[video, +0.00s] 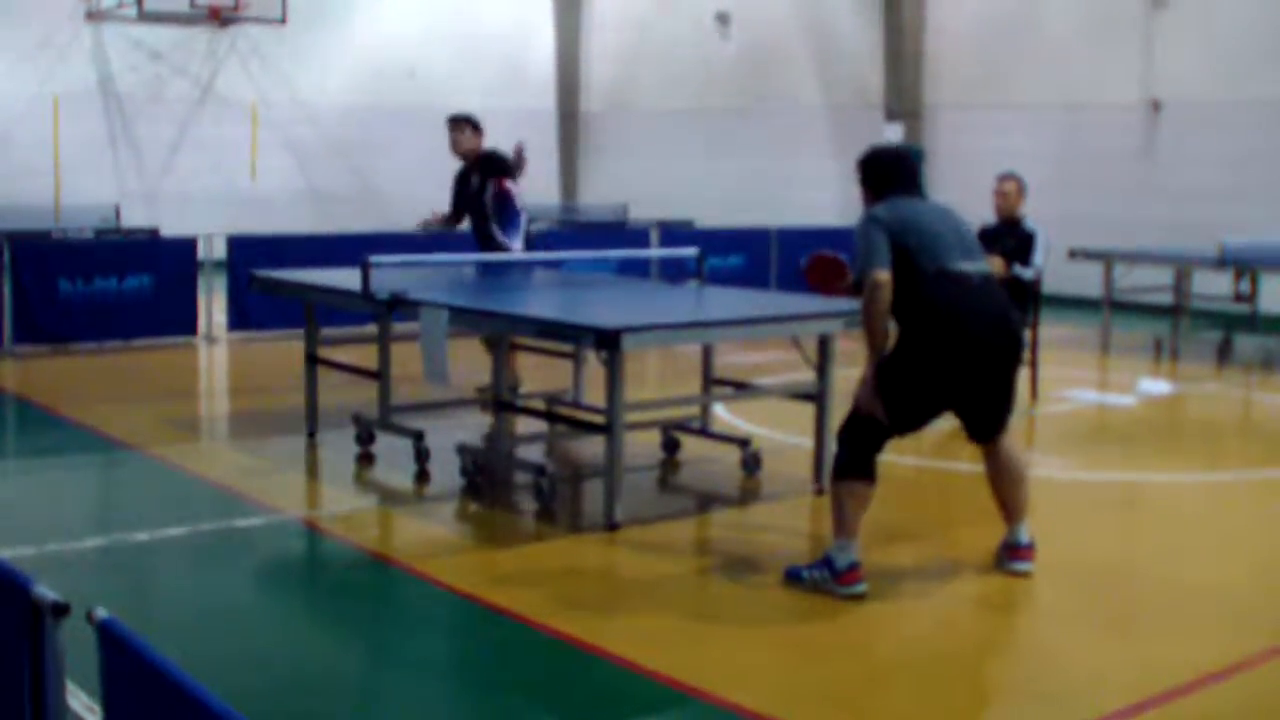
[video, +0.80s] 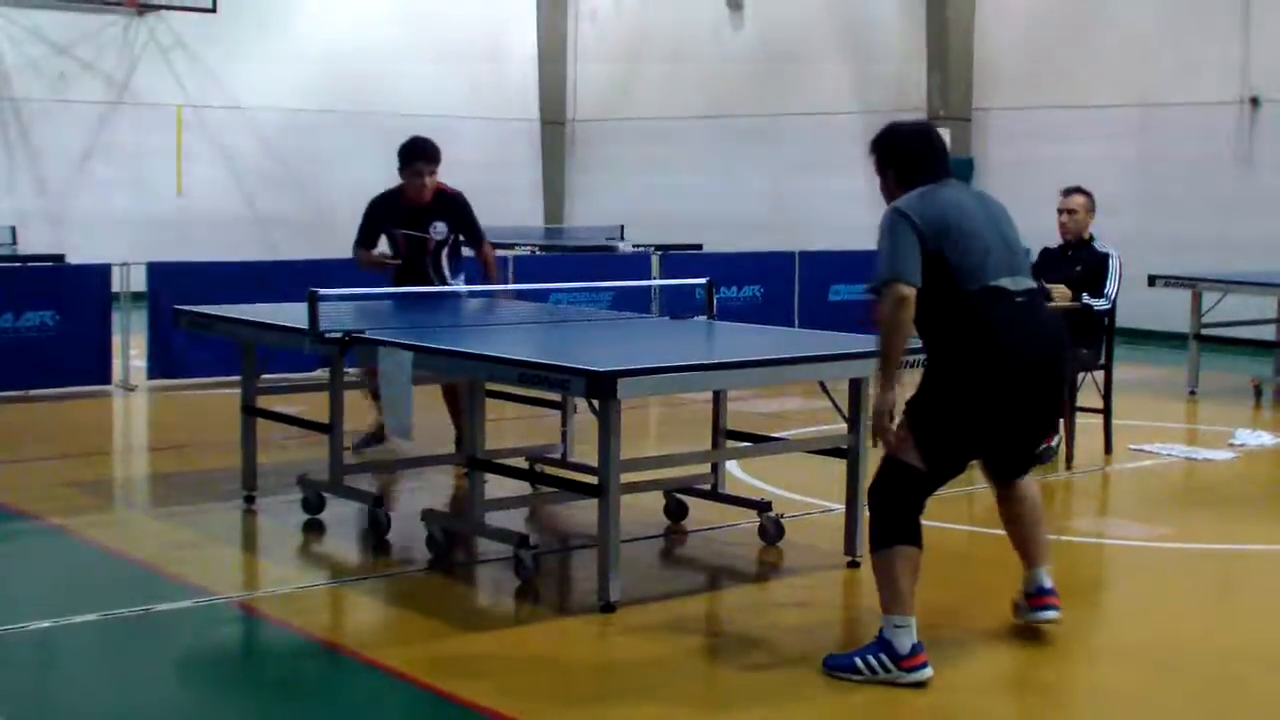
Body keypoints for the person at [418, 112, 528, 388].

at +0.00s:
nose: (455, 139)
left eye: (462, 132)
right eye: (453, 133)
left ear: (477, 136)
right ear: (451, 139)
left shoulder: (491, 159)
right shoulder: (463, 176)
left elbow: (511, 172)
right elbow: (457, 216)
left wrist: (517, 162)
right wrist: (438, 222)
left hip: (510, 256)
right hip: (487, 257)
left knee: (500, 323)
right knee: (489, 323)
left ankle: (507, 380)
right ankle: (505, 378)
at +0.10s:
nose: (454, 144)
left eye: (460, 138)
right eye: (451, 139)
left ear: (475, 140)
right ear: (448, 144)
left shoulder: (491, 166)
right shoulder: (460, 181)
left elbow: (513, 181)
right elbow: (448, 219)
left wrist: (532, 188)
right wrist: (456, 223)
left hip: (508, 262)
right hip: (484, 262)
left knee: (498, 328)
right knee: (485, 328)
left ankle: (507, 384)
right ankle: (506, 381)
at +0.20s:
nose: (448, 155)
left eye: (453, 148)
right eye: (446, 149)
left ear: (470, 147)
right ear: (450, 153)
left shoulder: (490, 175)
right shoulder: (458, 185)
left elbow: (520, 198)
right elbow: (444, 218)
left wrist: (546, 222)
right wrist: (423, 202)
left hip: (509, 269)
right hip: (482, 271)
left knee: (500, 337)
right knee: (479, 334)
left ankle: (509, 396)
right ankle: (504, 387)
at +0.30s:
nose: (438, 163)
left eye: (443, 156)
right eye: (437, 157)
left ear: (461, 156)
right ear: (445, 160)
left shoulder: (485, 183)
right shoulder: (453, 192)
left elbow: (521, 213)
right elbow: (441, 224)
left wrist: (544, 245)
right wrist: (408, 198)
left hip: (503, 278)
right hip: (477, 278)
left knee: (494, 339)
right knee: (467, 338)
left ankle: (513, 394)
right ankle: (503, 393)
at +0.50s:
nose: (418, 192)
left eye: (422, 183)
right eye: (410, 187)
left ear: (435, 174)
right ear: (402, 184)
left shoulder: (464, 199)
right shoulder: (406, 213)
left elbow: (505, 237)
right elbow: (408, 260)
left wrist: (525, 284)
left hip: (477, 297)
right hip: (439, 300)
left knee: (468, 364)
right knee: (426, 367)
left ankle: (471, 434)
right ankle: (479, 420)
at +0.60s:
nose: (427, 195)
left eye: (432, 186)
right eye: (419, 188)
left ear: (442, 178)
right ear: (407, 184)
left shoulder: (466, 203)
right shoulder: (399, 214)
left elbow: (505, 243)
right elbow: (396, 263)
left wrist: (525, 285)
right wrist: (420, 271)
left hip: (468, 302)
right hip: (429, 304)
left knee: (465, 373)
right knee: (419, 376)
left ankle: (471, 461)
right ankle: (470, 413)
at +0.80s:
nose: (425, 182)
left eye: (431, 174)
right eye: (417, 175)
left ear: (438, 171)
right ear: (402, 172)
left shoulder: (453, 202)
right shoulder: (382, 205)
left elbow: (483, 249)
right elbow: (361, 256)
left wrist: (495, 292)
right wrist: (393, 264)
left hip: (447, 303)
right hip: (400, 303)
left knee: (452, 368)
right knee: (370, 354)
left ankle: (464, 439)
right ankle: (383, 422)